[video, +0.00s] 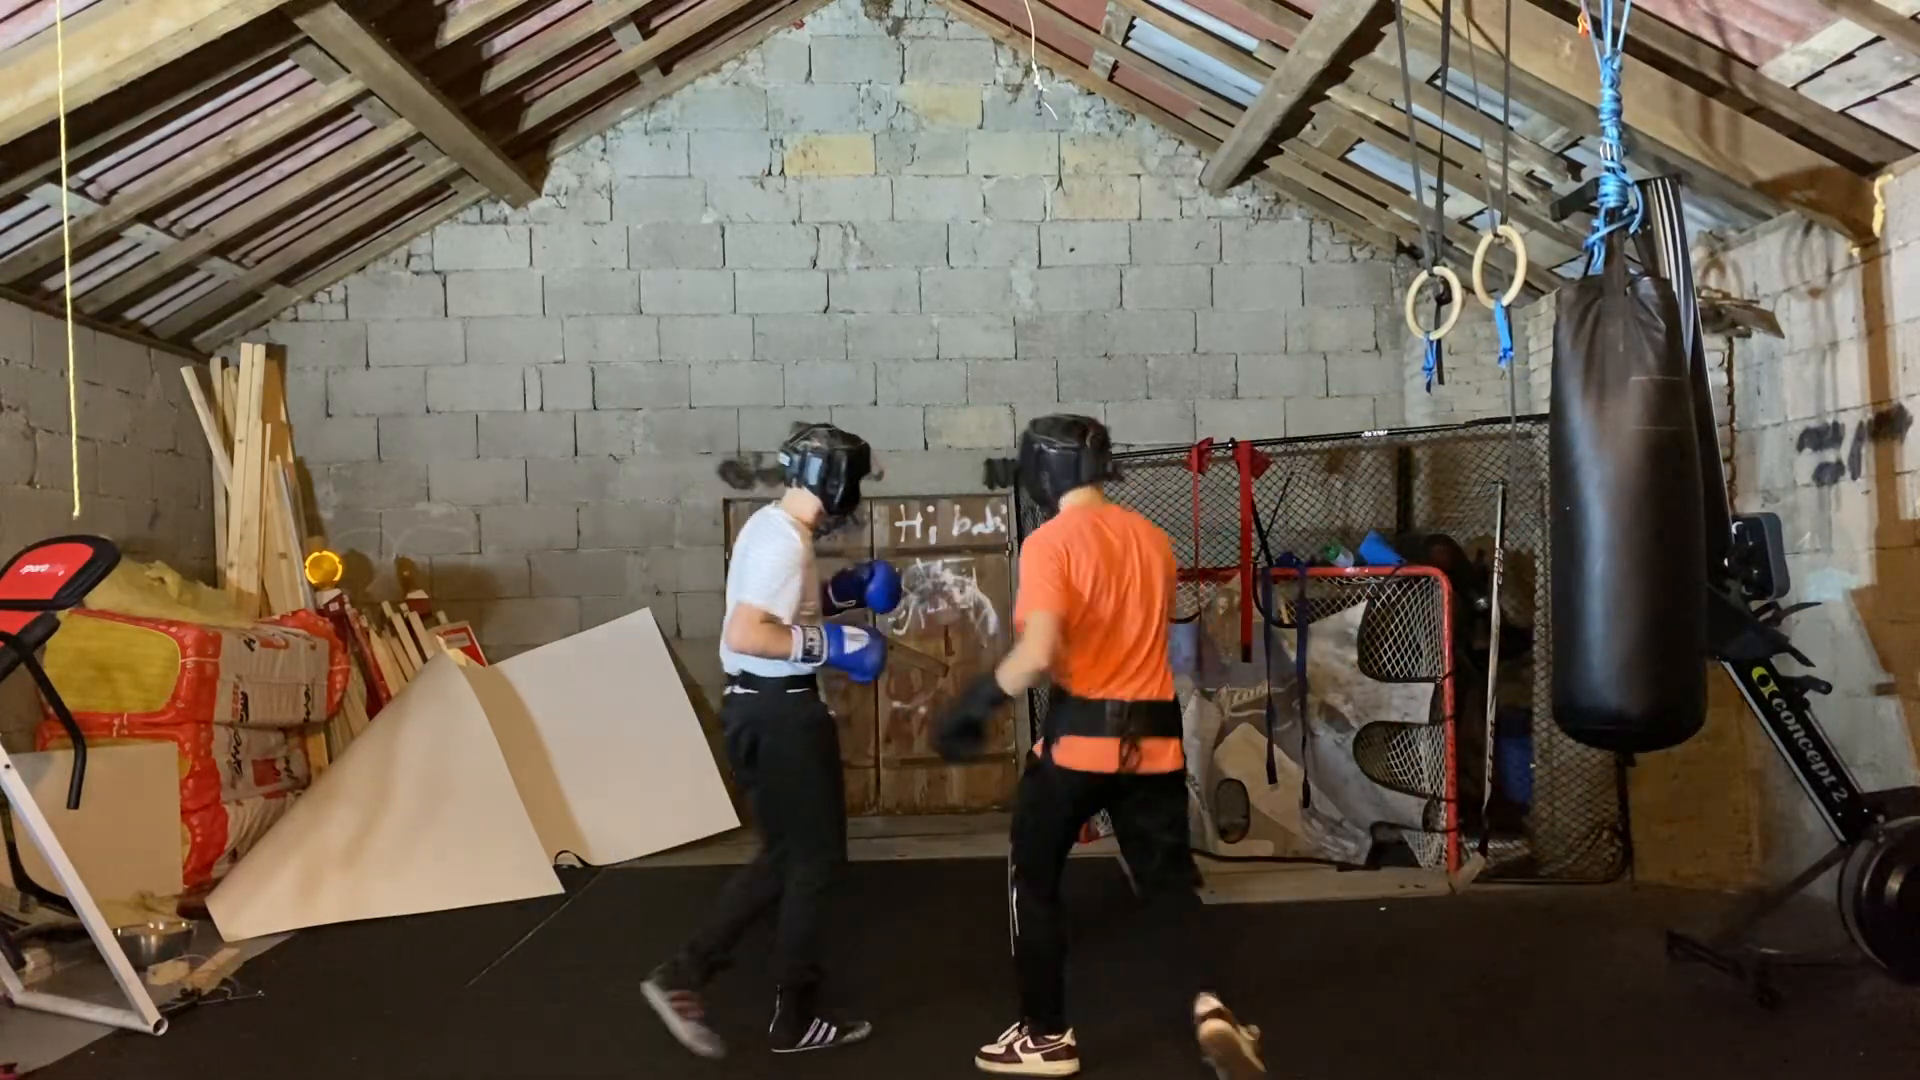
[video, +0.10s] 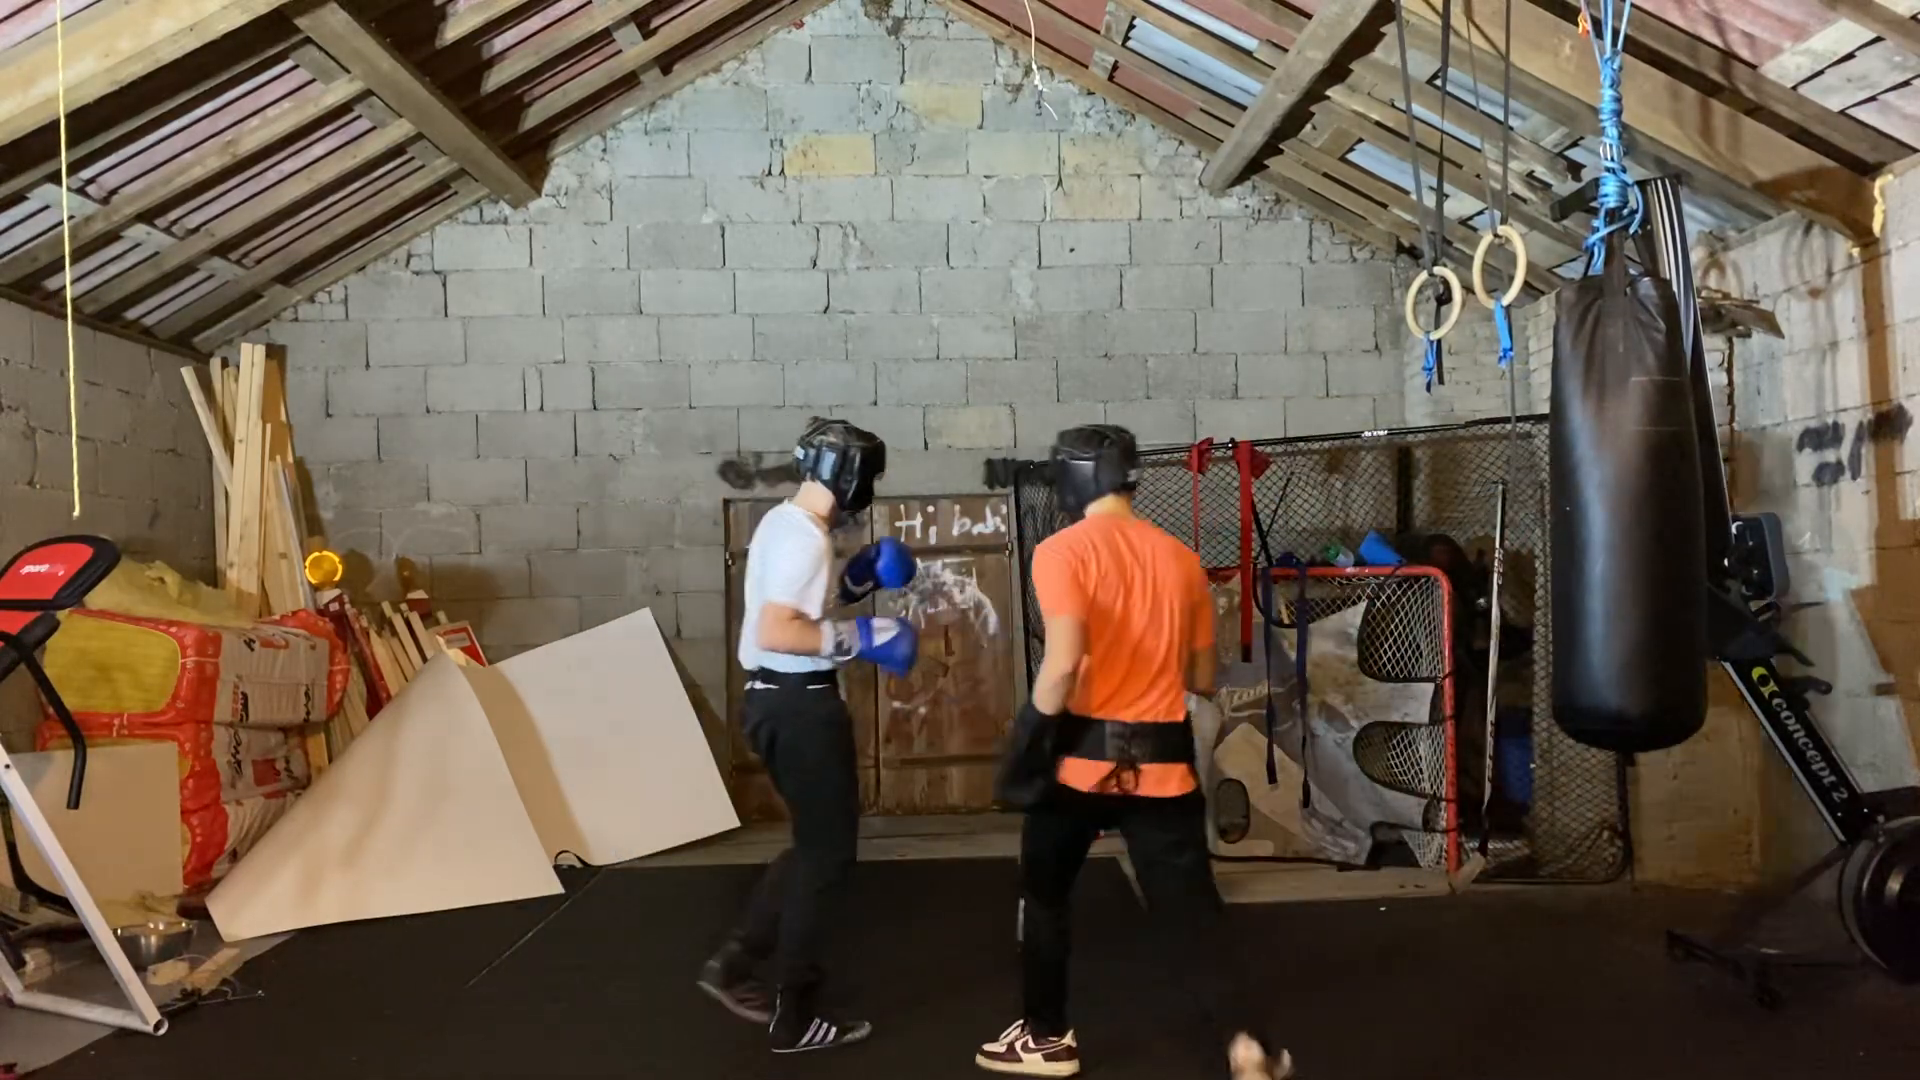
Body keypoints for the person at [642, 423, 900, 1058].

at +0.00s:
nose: (854, 499)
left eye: (855, 486)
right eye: (852, 486)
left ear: (801, 475)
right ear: (832, 485)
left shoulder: (774, 529)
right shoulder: (782, 543)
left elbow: (786, 612)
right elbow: (745, 633)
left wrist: (842, 594)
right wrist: (827, 644)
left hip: (761, 707)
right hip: (782, 713)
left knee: (784, 856)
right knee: (812, 860)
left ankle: (682, 978)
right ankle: (796, 1019)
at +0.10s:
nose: (868, 493)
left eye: (869, 480)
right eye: (866, 480)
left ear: (814, 469)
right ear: (847, 478)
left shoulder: (781, 523)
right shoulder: (804, 538)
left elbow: (804, 603)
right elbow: (775, 630)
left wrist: (857, 577)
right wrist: (855, 637)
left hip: (777, 699)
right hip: (800, 705)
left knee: (818, 844)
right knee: (827, 852)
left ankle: (735, 963)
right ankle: (795, 1019)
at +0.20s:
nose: (878, 483)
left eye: (877, 472)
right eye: (877, 472)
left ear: (823, 462)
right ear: (862, 472)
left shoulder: (794, 519)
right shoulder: (831, 531)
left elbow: (814, 597)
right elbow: (814, 619)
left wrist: (871, 559)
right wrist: (889, 619)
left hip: (794, 690)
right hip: (819, 697)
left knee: (850, 826)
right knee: (829, 843)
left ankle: (816, 984)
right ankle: (795, 1018)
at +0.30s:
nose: (897, 487)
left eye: (896, 477)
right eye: (894, 478)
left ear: (839, 471)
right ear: (880, 478)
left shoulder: (809, 525)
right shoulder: (855, 531)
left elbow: (829, 598)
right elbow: (852, 611)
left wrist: (890, 558)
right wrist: (927, 614)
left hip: (811, 695)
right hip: (840, 701)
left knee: (861, 839)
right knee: (835, 851)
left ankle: (874, 971)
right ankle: (794, 1019)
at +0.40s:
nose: (914, 496)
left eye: (913, 485)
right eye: (910, 486)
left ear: (858, 481)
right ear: (895, 486)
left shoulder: (829, 533)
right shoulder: (877, 536)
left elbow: (854, 598)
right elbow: (869, 608)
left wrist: (912, 564)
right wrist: (946, 626)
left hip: (835, 701)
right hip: (861, 707)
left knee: (897, 836)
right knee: (866, 853)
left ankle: (896, 975)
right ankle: (797, 1014)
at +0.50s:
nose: (936, 498)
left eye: (937, 488)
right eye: (932, 488)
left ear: (881, 485)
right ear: (915, 490)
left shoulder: (860, 534)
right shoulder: (887, 537)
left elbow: (892, 608)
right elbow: (871, 610)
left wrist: (930, 570)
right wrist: (948, 641)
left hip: (868, 704)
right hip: (879, 707)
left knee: (917, 837)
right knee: (919, 842)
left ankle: (899, 974)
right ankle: (813, 990)